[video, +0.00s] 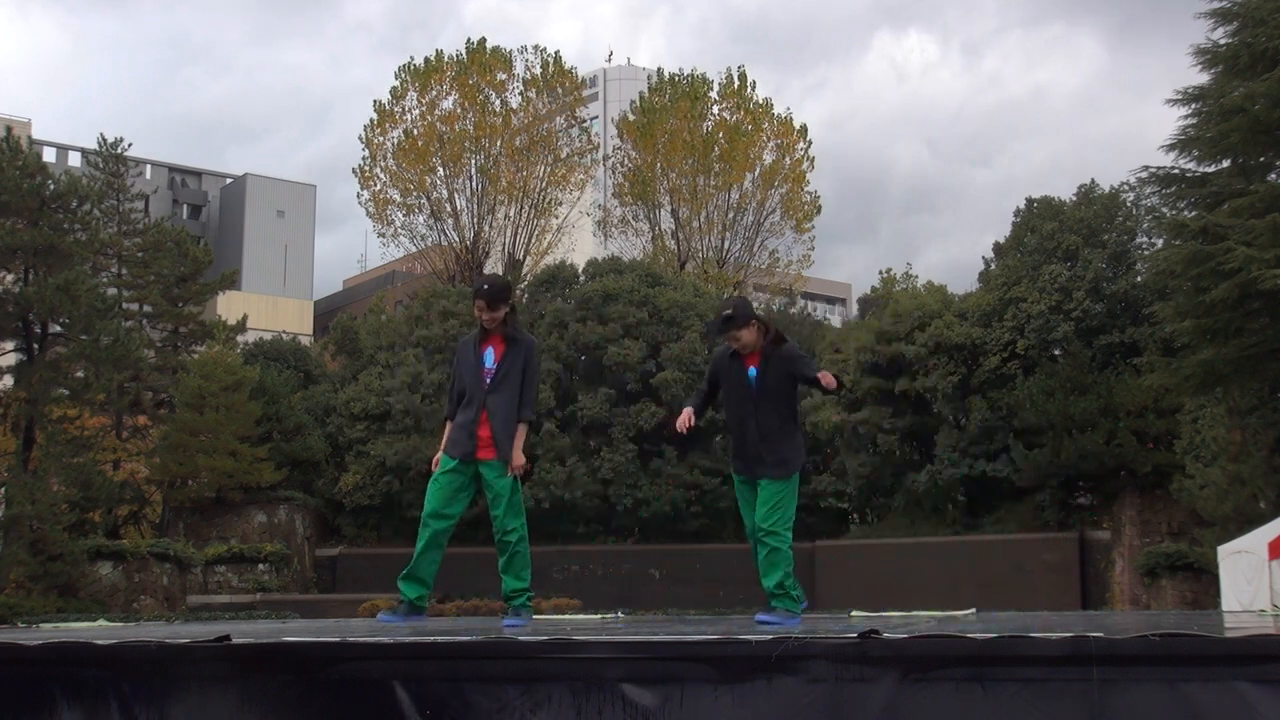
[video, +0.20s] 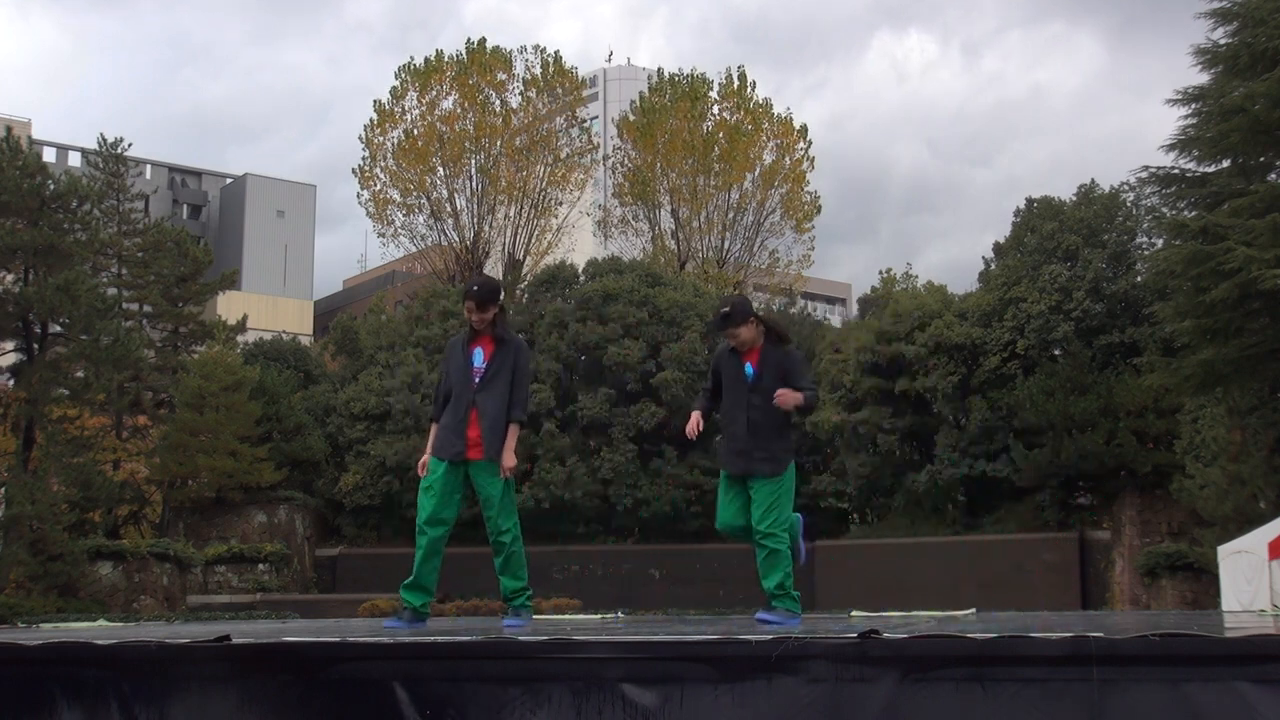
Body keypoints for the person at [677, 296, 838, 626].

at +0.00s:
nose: (732, 342)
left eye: (737, 334)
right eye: (727, 336)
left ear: (754, 326)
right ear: (725, 335)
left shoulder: (782, 353)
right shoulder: (724, 359)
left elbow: (807, 373)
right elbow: (706, 393)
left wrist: (824, 381)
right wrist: (690, 408)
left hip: (780, 459)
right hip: (744, 460)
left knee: (770, 528)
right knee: (756, 531)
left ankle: (785, 605)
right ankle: (786, 598)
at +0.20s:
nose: (731, 339)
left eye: (735, 332)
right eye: (727, 334)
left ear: (754, 324)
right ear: (725, 332)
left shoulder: (785, 356)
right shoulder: (724, 357)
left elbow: (811, 397)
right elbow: (711, 393)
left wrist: (798, 398)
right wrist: (699, 411)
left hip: (773, 460)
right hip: (735, 458)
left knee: (769, 529)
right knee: (729, 522)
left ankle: (784, 605)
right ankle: (789, 527)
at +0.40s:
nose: (706, 353)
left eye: (709, 345)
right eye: (701, 348)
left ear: (728, 335)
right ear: (699, 346)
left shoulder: (762, 365)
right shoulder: (707, 370)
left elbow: (783, 411)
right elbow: (703, 407)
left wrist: (756, 436)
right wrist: (698, 434)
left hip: (764, 465)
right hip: (723, 465)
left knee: (768, 532)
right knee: (707, 530)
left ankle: (785, 607)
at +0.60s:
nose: (664, 357)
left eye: (666, 350)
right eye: (661, 352)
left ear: (684, 341)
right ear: (680, 345)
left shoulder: (722, 370)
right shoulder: (689, 375)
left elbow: (746, 410)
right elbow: (697, 418)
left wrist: (717, 439)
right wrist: (690, 449)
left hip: (754, 462)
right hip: (719, 465)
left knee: (759, 534)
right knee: (714, 535)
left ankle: (791, 590)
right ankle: (715, 605)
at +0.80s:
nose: (658, 346)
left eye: (662, 338)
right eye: (657, 339)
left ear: (683, 333)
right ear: (678, 336)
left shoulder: (717, 363)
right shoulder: (684, 374)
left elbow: (740, 408)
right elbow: (688, 423)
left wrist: (709, 441)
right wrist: (671, 452)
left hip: (743, 461)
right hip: (708, 465)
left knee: (740, 535)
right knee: (700, 535)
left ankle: (791, 511)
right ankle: (716, 608)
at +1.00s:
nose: (699, 326)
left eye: (705, 318)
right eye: (692, 321)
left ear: (714, 322)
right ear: (682, 328)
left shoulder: (736, 359)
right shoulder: (672, 373)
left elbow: (756, 406)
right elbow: (661, 423)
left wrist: (737, 440)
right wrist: (662, 460)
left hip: (745, 463)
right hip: (699, 469)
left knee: (754, 524)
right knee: (696, 538)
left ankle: (770, 604)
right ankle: (714, 608)